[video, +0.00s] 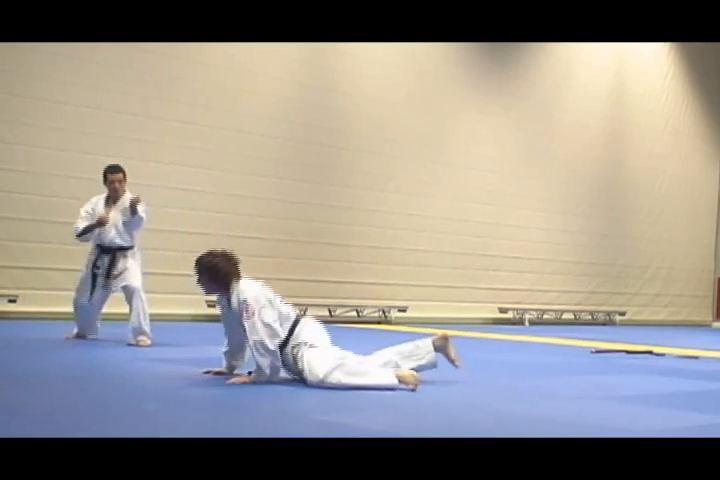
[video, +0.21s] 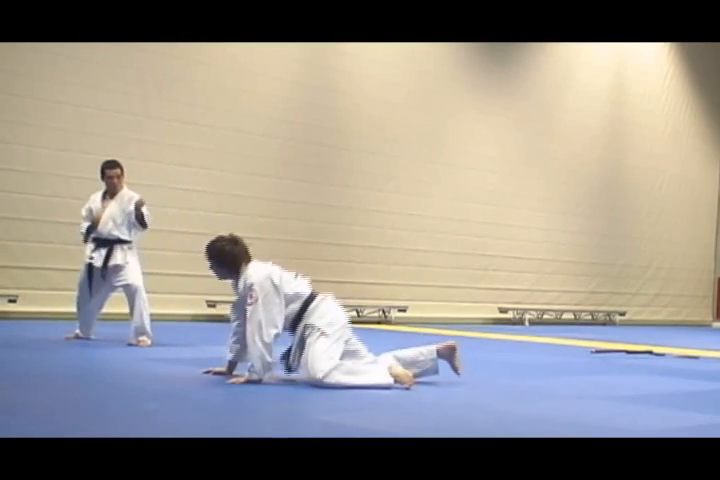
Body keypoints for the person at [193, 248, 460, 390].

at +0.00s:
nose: (198, 283)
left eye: (201, 278)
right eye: (198, 278)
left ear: (215, 278)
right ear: (220, 274)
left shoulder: (247, 295)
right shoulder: (227, 297)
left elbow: (262, 339)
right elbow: (234, 336)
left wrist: (258, 375)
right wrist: (230, 366)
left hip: (304, 336)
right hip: (294, 350)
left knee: (318, 375)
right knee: (363, 366)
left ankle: (393, 377)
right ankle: (433, 347)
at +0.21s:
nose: (212, 271)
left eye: (213, 265)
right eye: (210, 266)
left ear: (226, 263)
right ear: (235, 258)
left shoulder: (257, 278)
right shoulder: (247, 282)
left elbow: (262, 327)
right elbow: (240, 327)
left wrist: (256, 373)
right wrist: (230, 367)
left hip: (321, 314)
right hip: (318, 321)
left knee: (317, 371)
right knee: (372, 366)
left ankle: (386, 372)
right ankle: (440, 353)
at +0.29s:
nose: (217, 270)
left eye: (218, 265)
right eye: (216, 265)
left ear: (229, 265)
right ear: (241, 257)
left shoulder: (263, 277)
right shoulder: (254, 280)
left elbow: (265, 327)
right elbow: (245, 325)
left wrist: (257, 373)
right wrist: (232, 366)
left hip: (330, 309)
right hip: (333, 310)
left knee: (320, 371)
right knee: (373, 366)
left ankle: (386, 372)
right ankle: (440, 357)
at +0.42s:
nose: (231, 276)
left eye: (230, 272)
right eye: (229, 272)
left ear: (239, 270)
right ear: (252, 261)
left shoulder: (275, 278)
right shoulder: (265, 280)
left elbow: (273, 329)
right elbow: (250, 324)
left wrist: (260, 373)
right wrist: (233, 364)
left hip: (345, 302)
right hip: (350, 300)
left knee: (318, 370)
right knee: (374, 365)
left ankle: (387, 369)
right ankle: (440, 360)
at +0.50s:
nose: (239, 280)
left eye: (239, 275)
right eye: (238, 275)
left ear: (250, 273)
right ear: (262, 262)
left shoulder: (283, 281)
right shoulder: (277, 279)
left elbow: (279, 331)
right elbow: (256, 324)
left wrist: (263, 374)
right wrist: (234, 362)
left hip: (353, 301)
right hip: (364, 298)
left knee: (321, 369)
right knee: (374, 367)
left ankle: (386, 367)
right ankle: (439, 363)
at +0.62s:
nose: (253, 282)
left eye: (251, 278)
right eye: (251, 278)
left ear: (260, 277)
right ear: (275, 262)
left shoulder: (293, 281)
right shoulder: (293, 277)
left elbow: (286, 332)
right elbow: (266, 322)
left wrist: (263, 374)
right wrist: (239, 356)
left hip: (364, 303)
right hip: (379, 300)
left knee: (324, 367)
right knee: (372, 369)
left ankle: (380, 370)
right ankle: (437, 366)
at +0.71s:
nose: (261, 280)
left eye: (259, 274)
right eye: (258, 275)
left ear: (268, 271)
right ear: (282, 258)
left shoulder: (297, 278)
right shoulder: (302, 270)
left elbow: (288, 331)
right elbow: (283, 320)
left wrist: (264, 375)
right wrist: (259, 347)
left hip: (366, 308)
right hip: (383, 302)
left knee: (329, 369)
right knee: (375, 368)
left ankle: (380, 370)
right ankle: (438, 366)